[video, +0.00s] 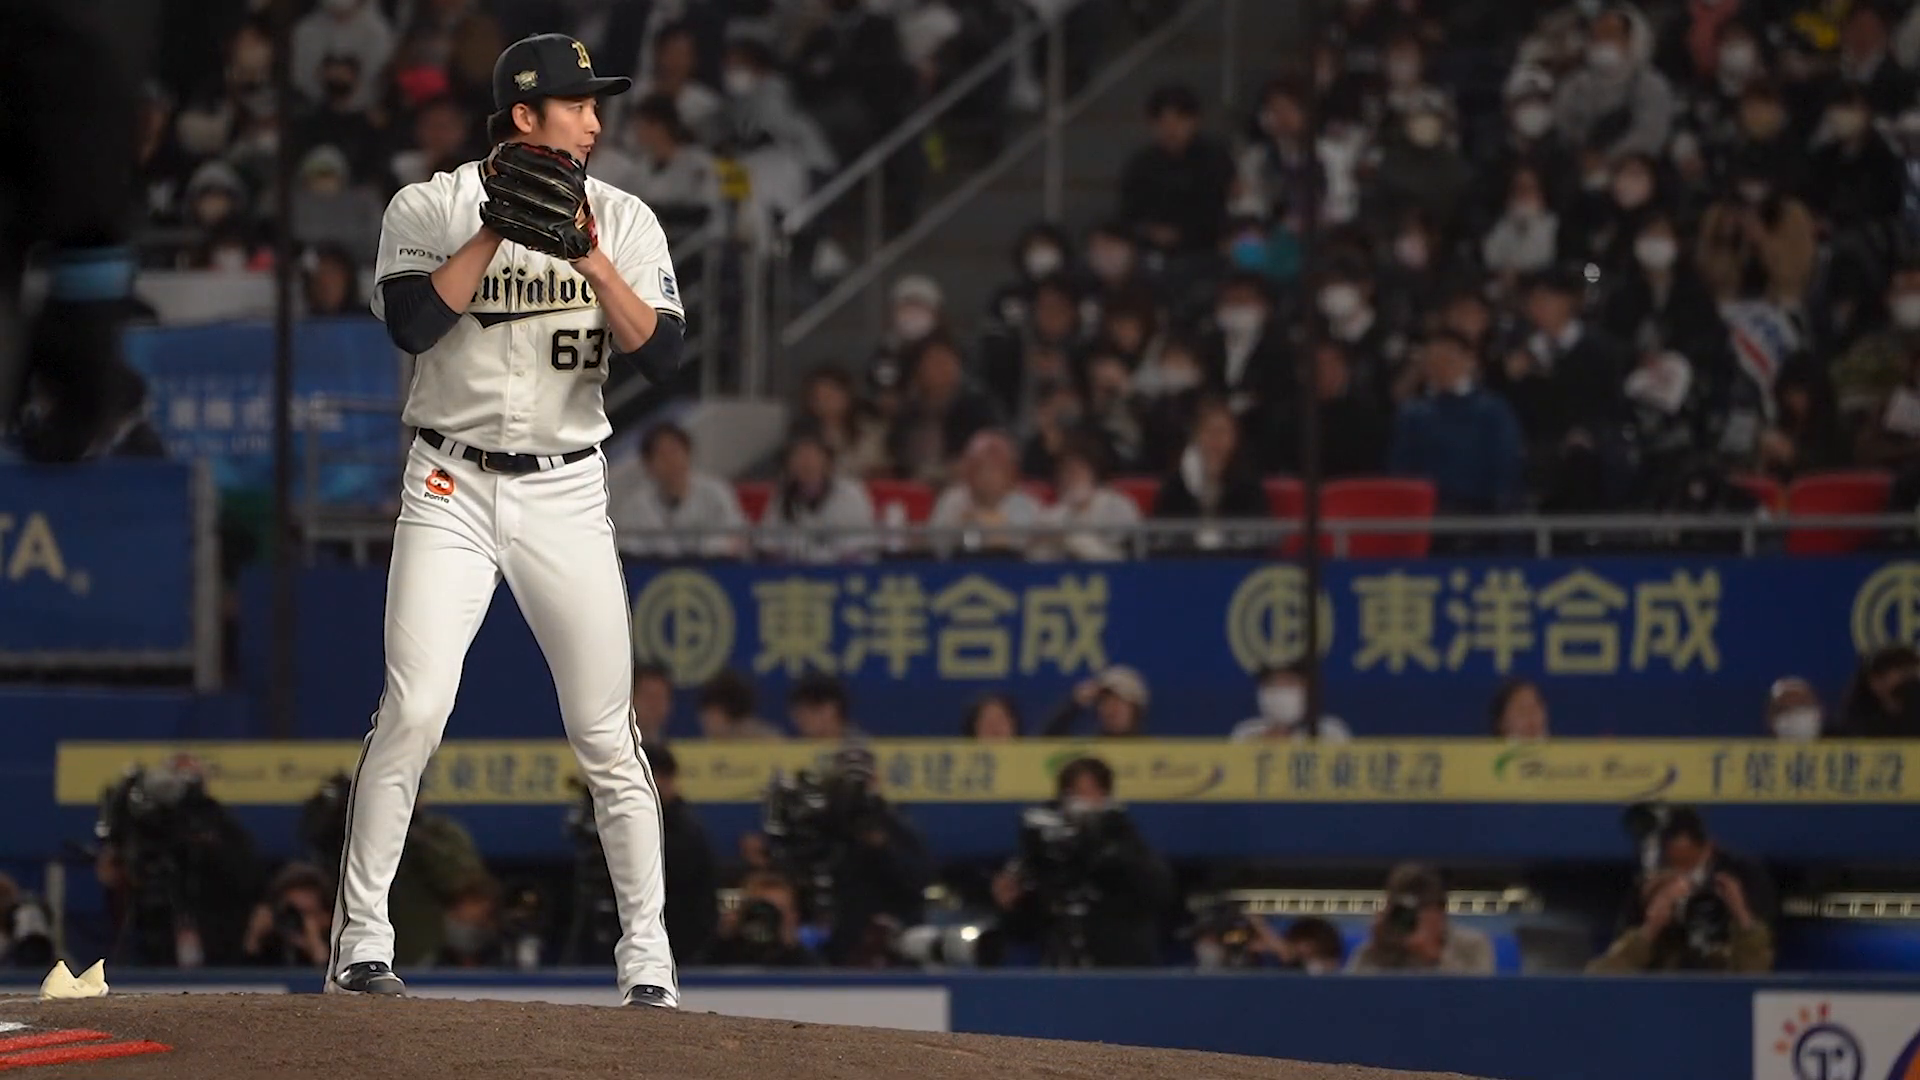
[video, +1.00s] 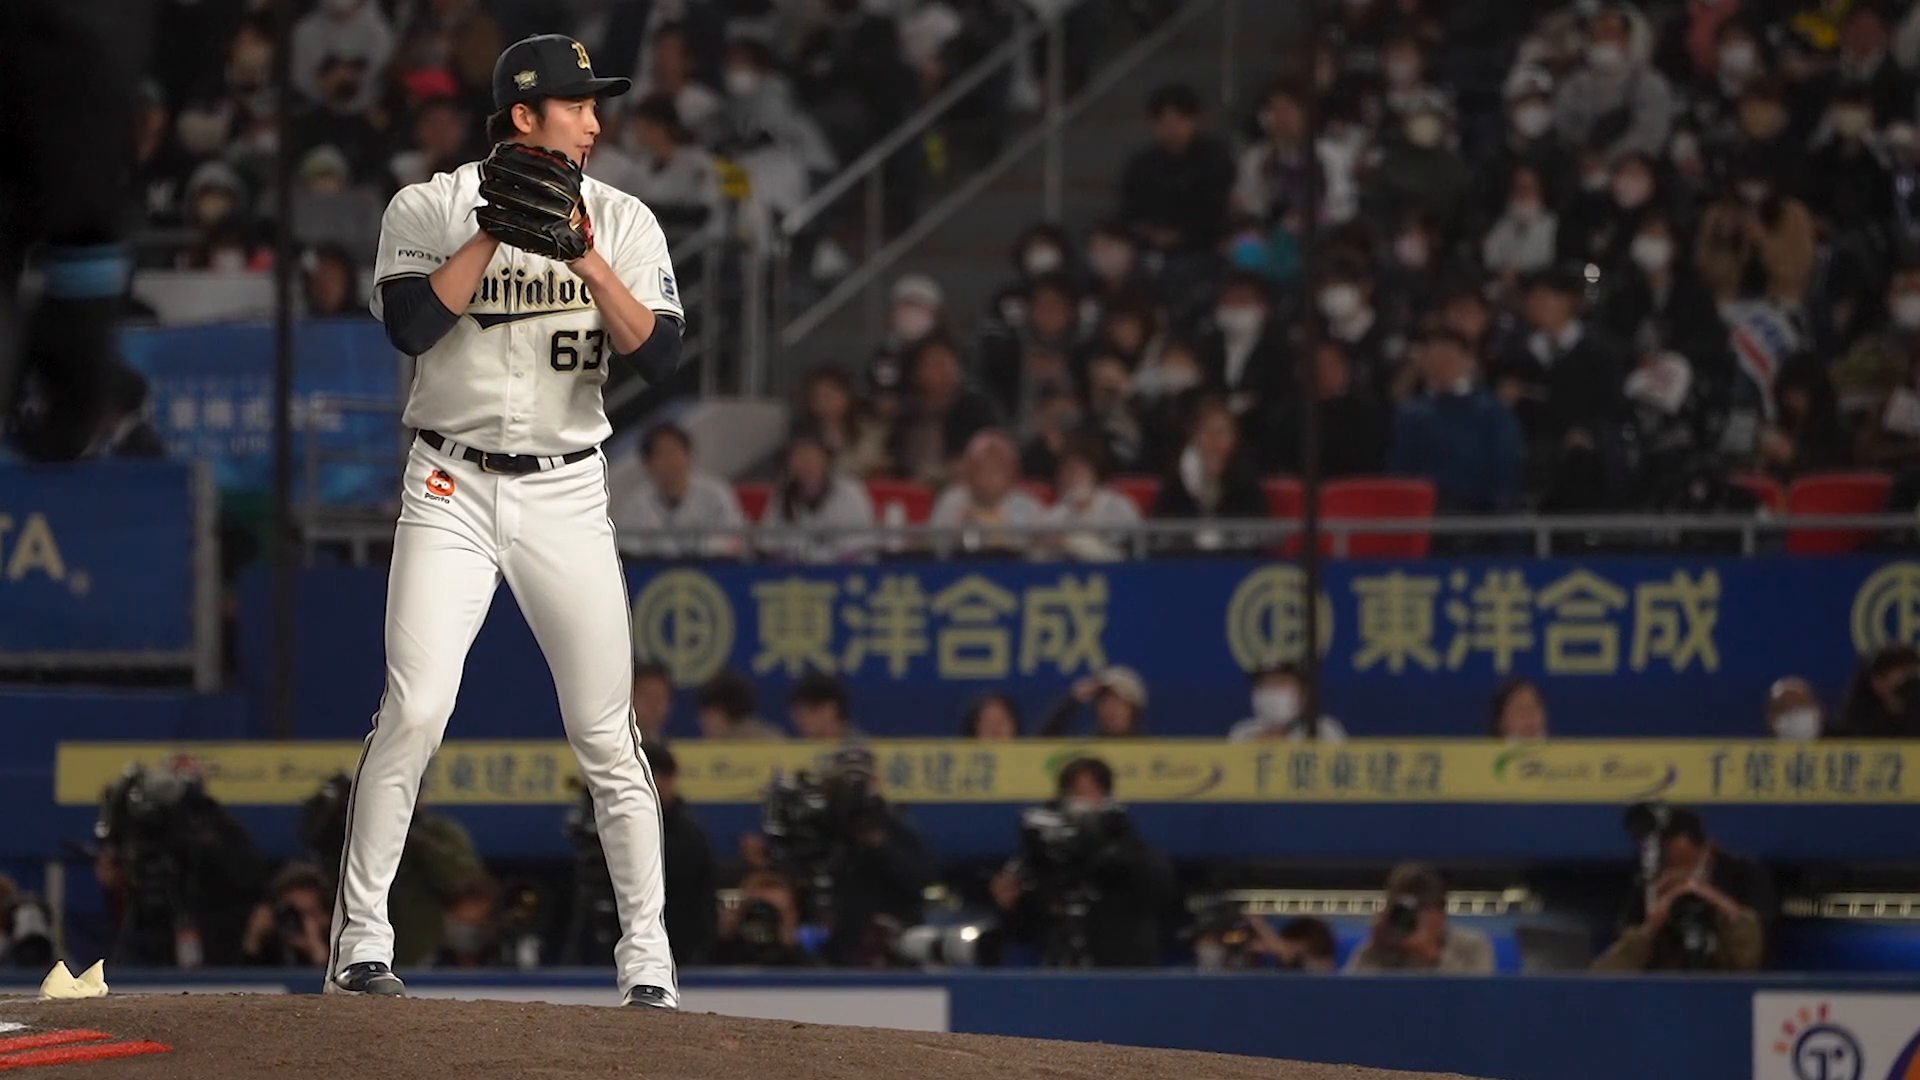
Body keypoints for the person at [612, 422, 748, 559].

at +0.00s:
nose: (672, 463)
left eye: (677, 454)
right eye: (663, 456)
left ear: (688, 457)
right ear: (648, 464)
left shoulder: (717, 495)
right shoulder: (632, 505)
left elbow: (738, 543)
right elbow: (626, 550)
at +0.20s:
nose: (671, 463)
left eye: (676, 453)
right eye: (662, 456)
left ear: (688, 457)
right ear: (647, 465)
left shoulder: (717, 495)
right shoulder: (633, 505)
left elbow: (738, 543)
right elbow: (627, 551)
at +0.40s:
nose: (671, 463)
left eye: (676, 453)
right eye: (662, 455)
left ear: (688, 457)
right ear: (648, 464)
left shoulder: (717, 495)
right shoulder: (632, 504)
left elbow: (736, 543)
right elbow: (625, 550)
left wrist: (694, 549)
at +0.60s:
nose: (671, 464)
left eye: (676, 454)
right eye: (662, 456)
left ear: (688, 457)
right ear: (648, 464)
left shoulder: (717, 495)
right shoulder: (631, 504)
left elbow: (736, 544)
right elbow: (626, 551)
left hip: (710, 582)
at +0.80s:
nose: (671, 463)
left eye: (676, 453)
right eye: (663, 455)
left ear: (688, 457)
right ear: (649, 464)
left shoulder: (716, 495)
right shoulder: (632, 504)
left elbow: (735, 544)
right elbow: (626, 551)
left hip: (709, 582)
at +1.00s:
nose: (671, 463)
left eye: (676, 453)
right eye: (662, 455)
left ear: (688, 457)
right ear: (648, 464)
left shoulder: (716, 495)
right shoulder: (632, 504)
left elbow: (735, 544)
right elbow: (626, 551)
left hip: (709, 581)